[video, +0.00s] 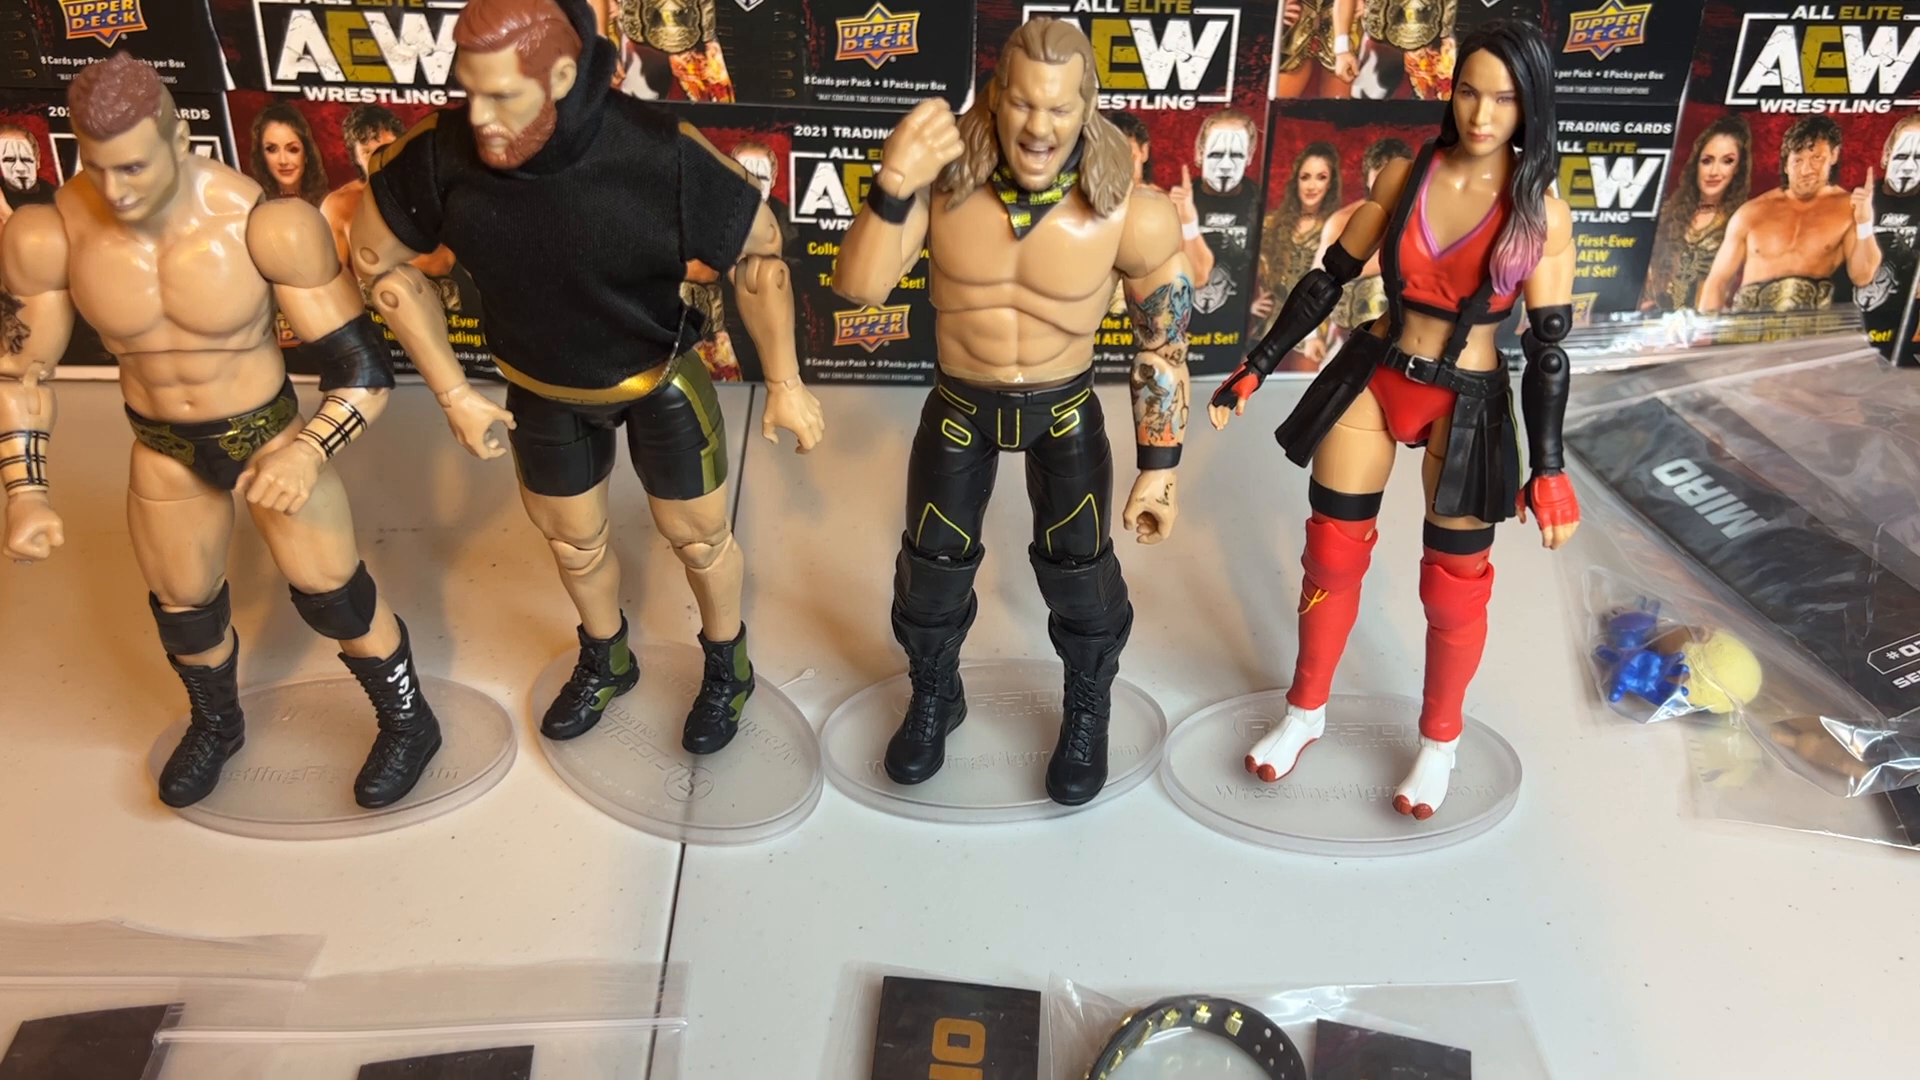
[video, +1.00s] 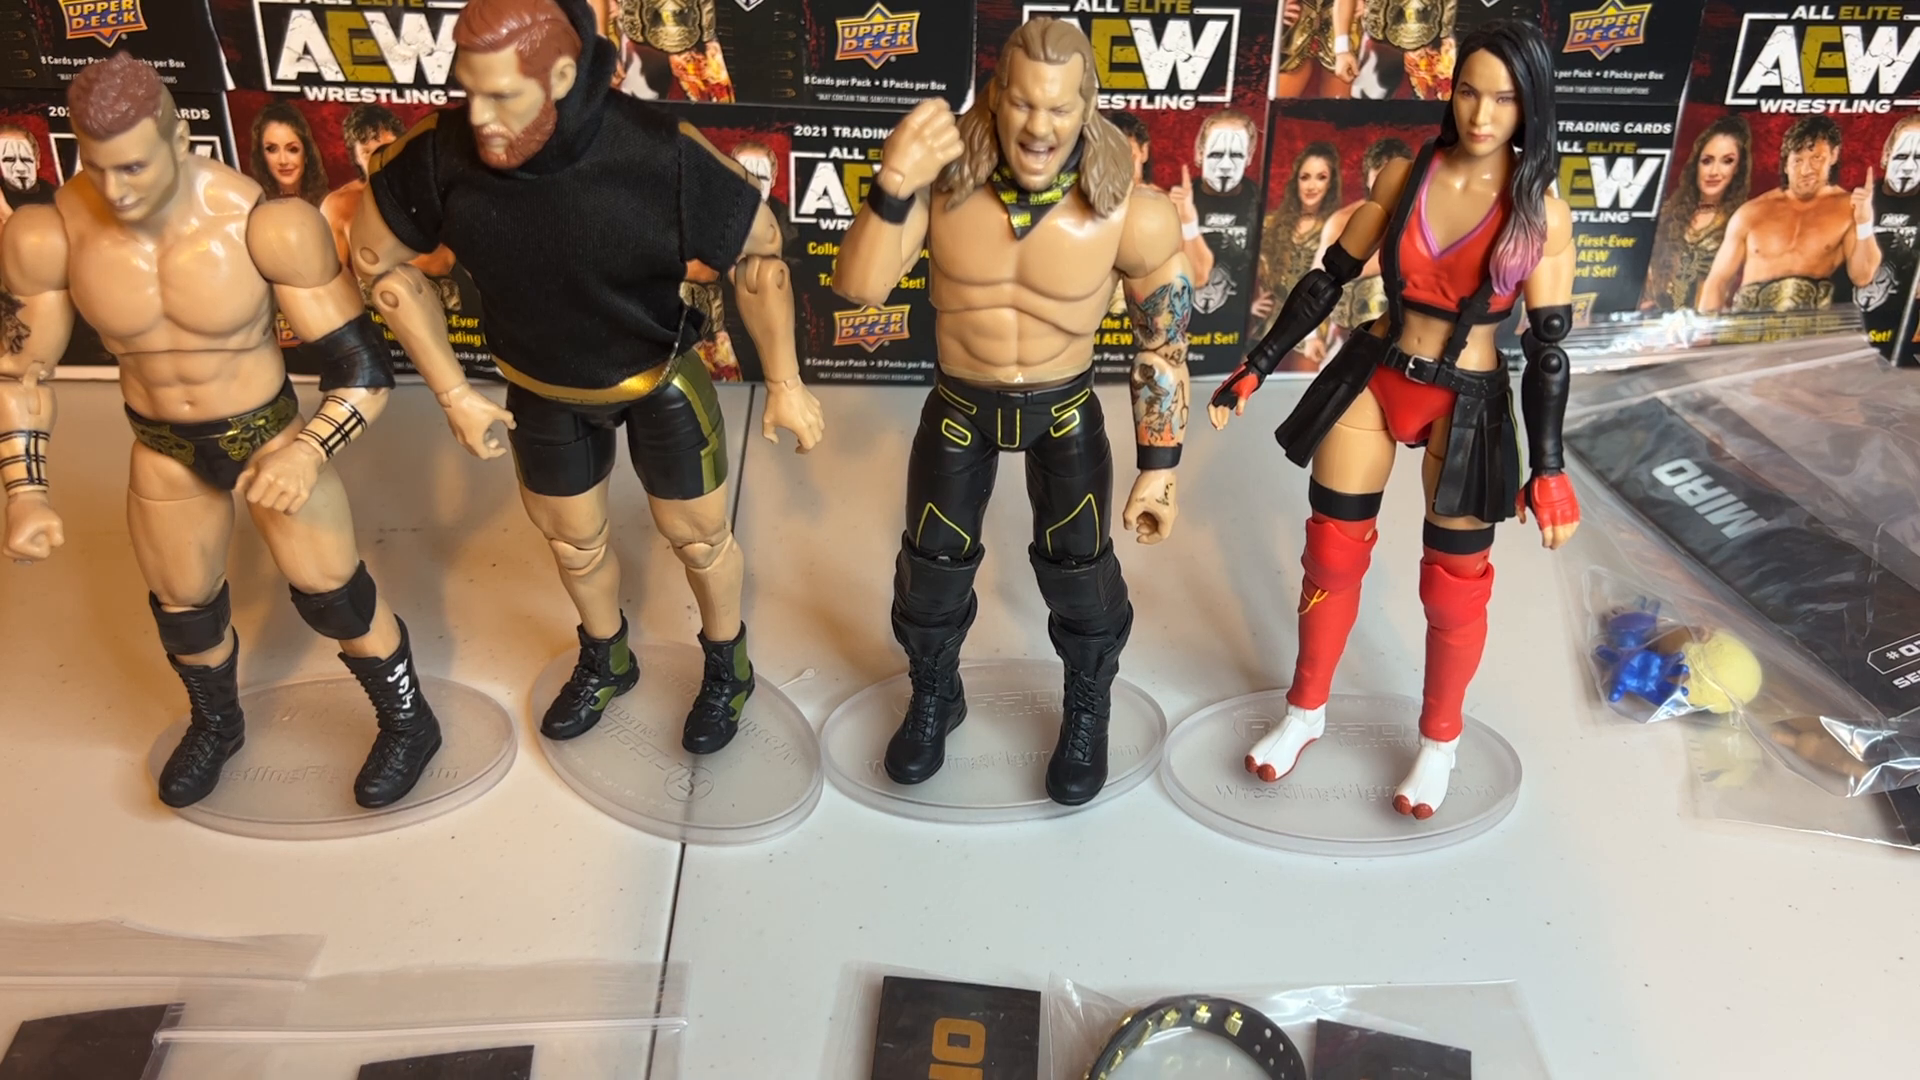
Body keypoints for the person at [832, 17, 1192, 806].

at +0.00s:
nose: (1039, 127)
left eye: (1060, 109)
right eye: (1024, 104)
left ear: (1086, 107)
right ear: (995, 95)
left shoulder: (1129, 207)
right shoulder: (944, 176)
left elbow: (1163, 338)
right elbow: (857, 287)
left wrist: (1161, 464)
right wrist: (892, 190)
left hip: (1064, 408)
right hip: (959, 403)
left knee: (1078, 568)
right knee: (932, 562)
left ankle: (1086, 714)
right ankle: (932, 699)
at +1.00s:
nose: (1039, 127)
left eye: (1060, 109)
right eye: (1024, 104)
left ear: (1086, 106)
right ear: (995, 95)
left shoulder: (1129, 207)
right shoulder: (943, 176)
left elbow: (1163, 338)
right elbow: (858, 288)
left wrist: (1161, 464)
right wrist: (892, 190)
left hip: (1064, 408)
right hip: (959, 403)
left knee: (1078, 568)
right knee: (932, 562)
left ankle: (1086, 713)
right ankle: (932, 699)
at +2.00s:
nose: (1040, 127)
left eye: (1060, 109)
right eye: (1024, 104)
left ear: (1087, 106)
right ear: (995, 94)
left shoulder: (1130, 208)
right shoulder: (944, 177)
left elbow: (1163, 339)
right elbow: (858, 287)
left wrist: (1161, 465)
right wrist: (892, 189)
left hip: (1064, 408)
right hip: (958, 403)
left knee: (1078, 569)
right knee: (933, 563)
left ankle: (1086, 713)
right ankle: (932, 699)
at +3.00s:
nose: (1040, 127)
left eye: (1060, 109)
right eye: (1024, 104)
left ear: (1086, 107)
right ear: (995, 95)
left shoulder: (1130, 208)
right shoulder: (944, 177)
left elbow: (1163, 338)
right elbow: (857, 287)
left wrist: (1161, 464)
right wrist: (892, 190)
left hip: (1064, 409)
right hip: (959, 404)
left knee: (1078, 568)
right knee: (932, 562)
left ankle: (1086, 713)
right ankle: (932, 699)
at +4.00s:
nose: (1040, 127)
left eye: (1060, 109)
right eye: (1024, 104)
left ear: (1087, 107)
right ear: (995, 95)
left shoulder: (1129, 208)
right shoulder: (944, 177)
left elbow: (1163, 339)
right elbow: (857, 287)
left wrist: (1161, 465)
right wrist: (892, 189)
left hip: (1064, 408)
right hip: (958, 403)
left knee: (1077, 569)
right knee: (932, 563)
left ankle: (1086, 712)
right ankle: (933, 699)